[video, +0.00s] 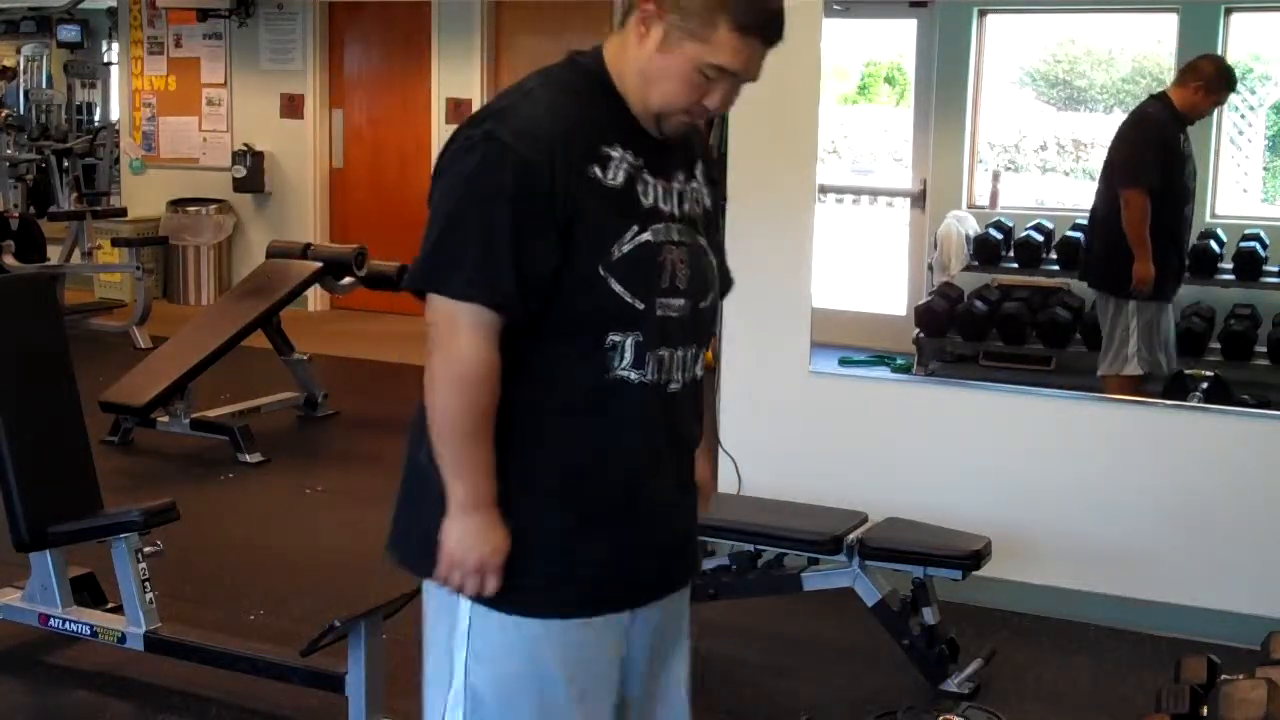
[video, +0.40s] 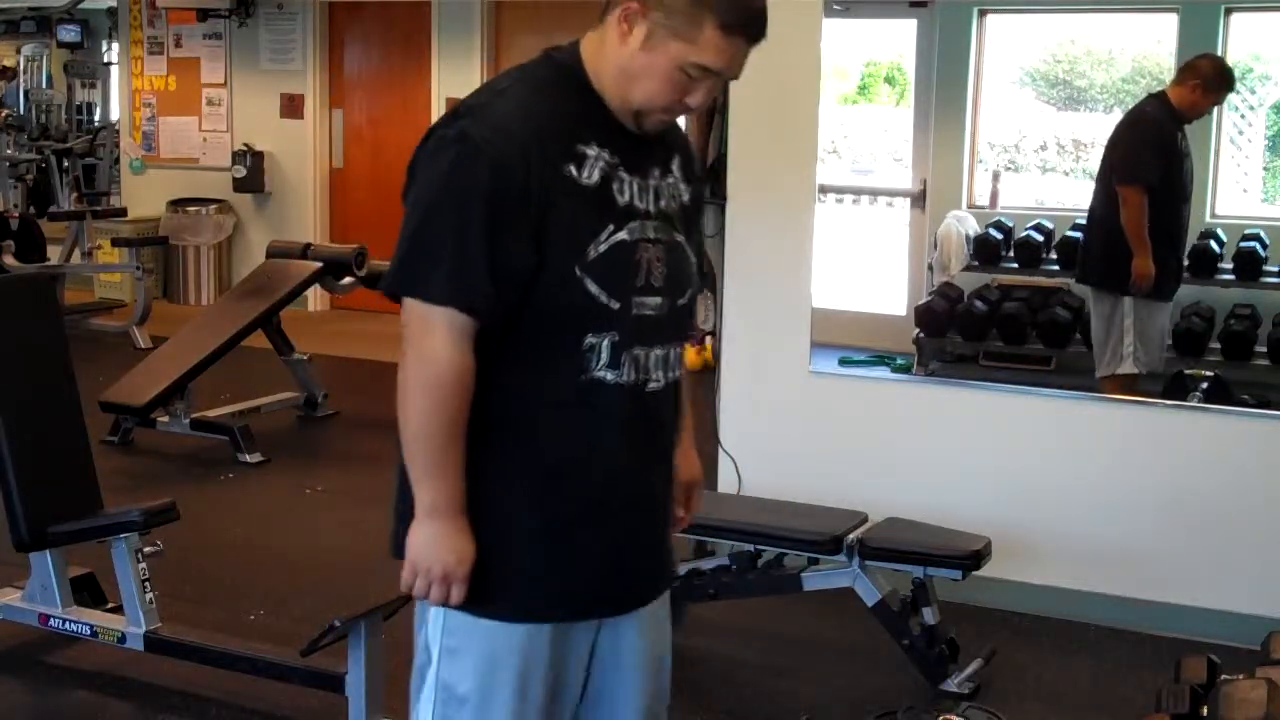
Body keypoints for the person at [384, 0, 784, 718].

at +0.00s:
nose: (719, 105)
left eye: (738, 84)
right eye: (710, 74)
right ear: (646, 21)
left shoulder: (692, 147)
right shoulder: (516, 140)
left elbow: (693, 317)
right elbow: (459, 323)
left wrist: (700, 441)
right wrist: (470, 505)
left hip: (652, 544)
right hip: (524, 558)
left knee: (648, 707)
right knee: (516, 709)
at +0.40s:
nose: (701, 102)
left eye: (718, 82)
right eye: (693, 73)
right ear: (628, 22)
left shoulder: (670, 150)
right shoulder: (491, 138)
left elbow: (663, 319)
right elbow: (432, 329)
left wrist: (681, 440)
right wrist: (437, 515)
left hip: (631, 552)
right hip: (501, 564)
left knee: (626, 711)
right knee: (485, 710)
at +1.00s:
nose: (747, 171)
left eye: (763, 155)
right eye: (745, 147)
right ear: (687, 90)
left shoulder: (693, 184)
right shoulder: (525, 172)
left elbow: (683, 344)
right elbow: (447, 367)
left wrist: (678, 479)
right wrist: (406, 548)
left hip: (576, 565)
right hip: (457, 576)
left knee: (556, 709)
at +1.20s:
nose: (772, 288)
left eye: (790, 274)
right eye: (771, 263)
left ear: (719, 203)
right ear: (718, 201)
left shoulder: (702, 271)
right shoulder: (550, 257)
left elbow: (683, 419)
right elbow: (460, 464)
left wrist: (669, 546)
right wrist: (404, 641)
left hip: (548, 545)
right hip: (412, 561)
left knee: (577, 708)